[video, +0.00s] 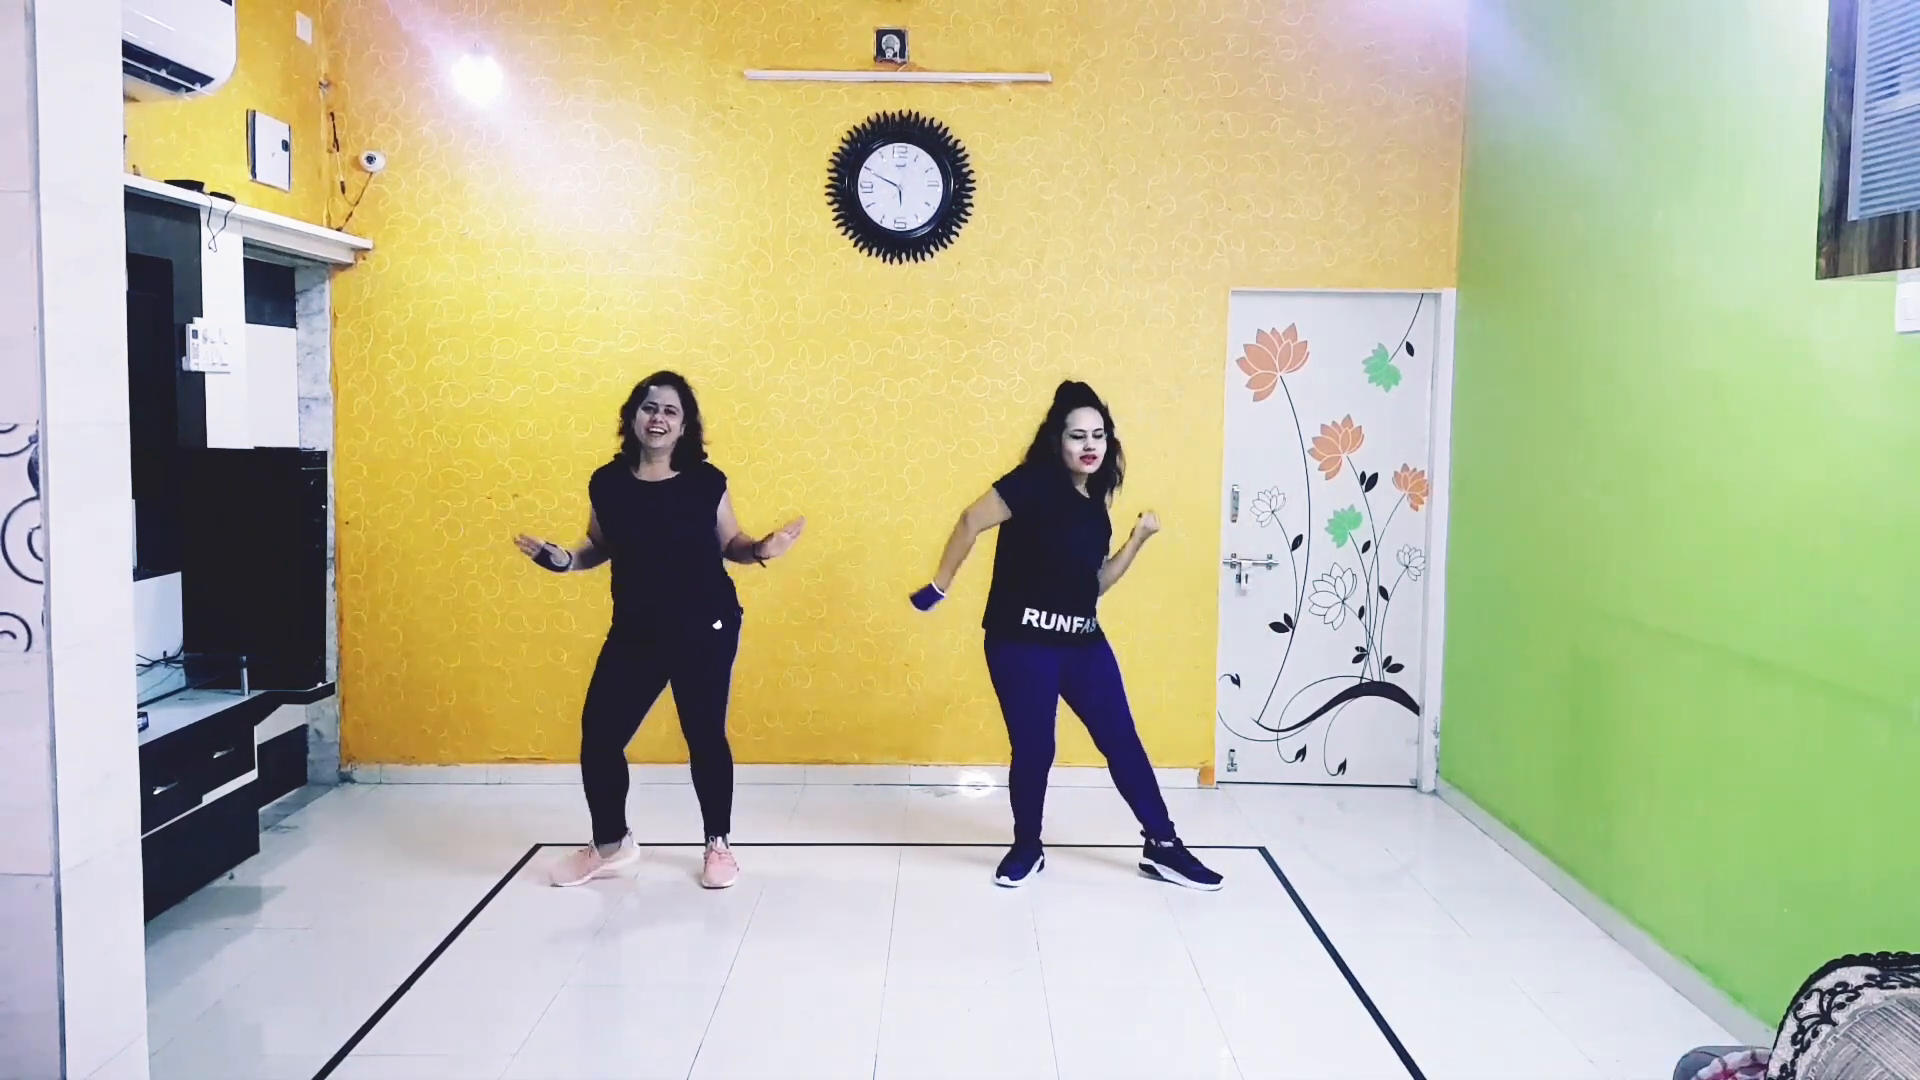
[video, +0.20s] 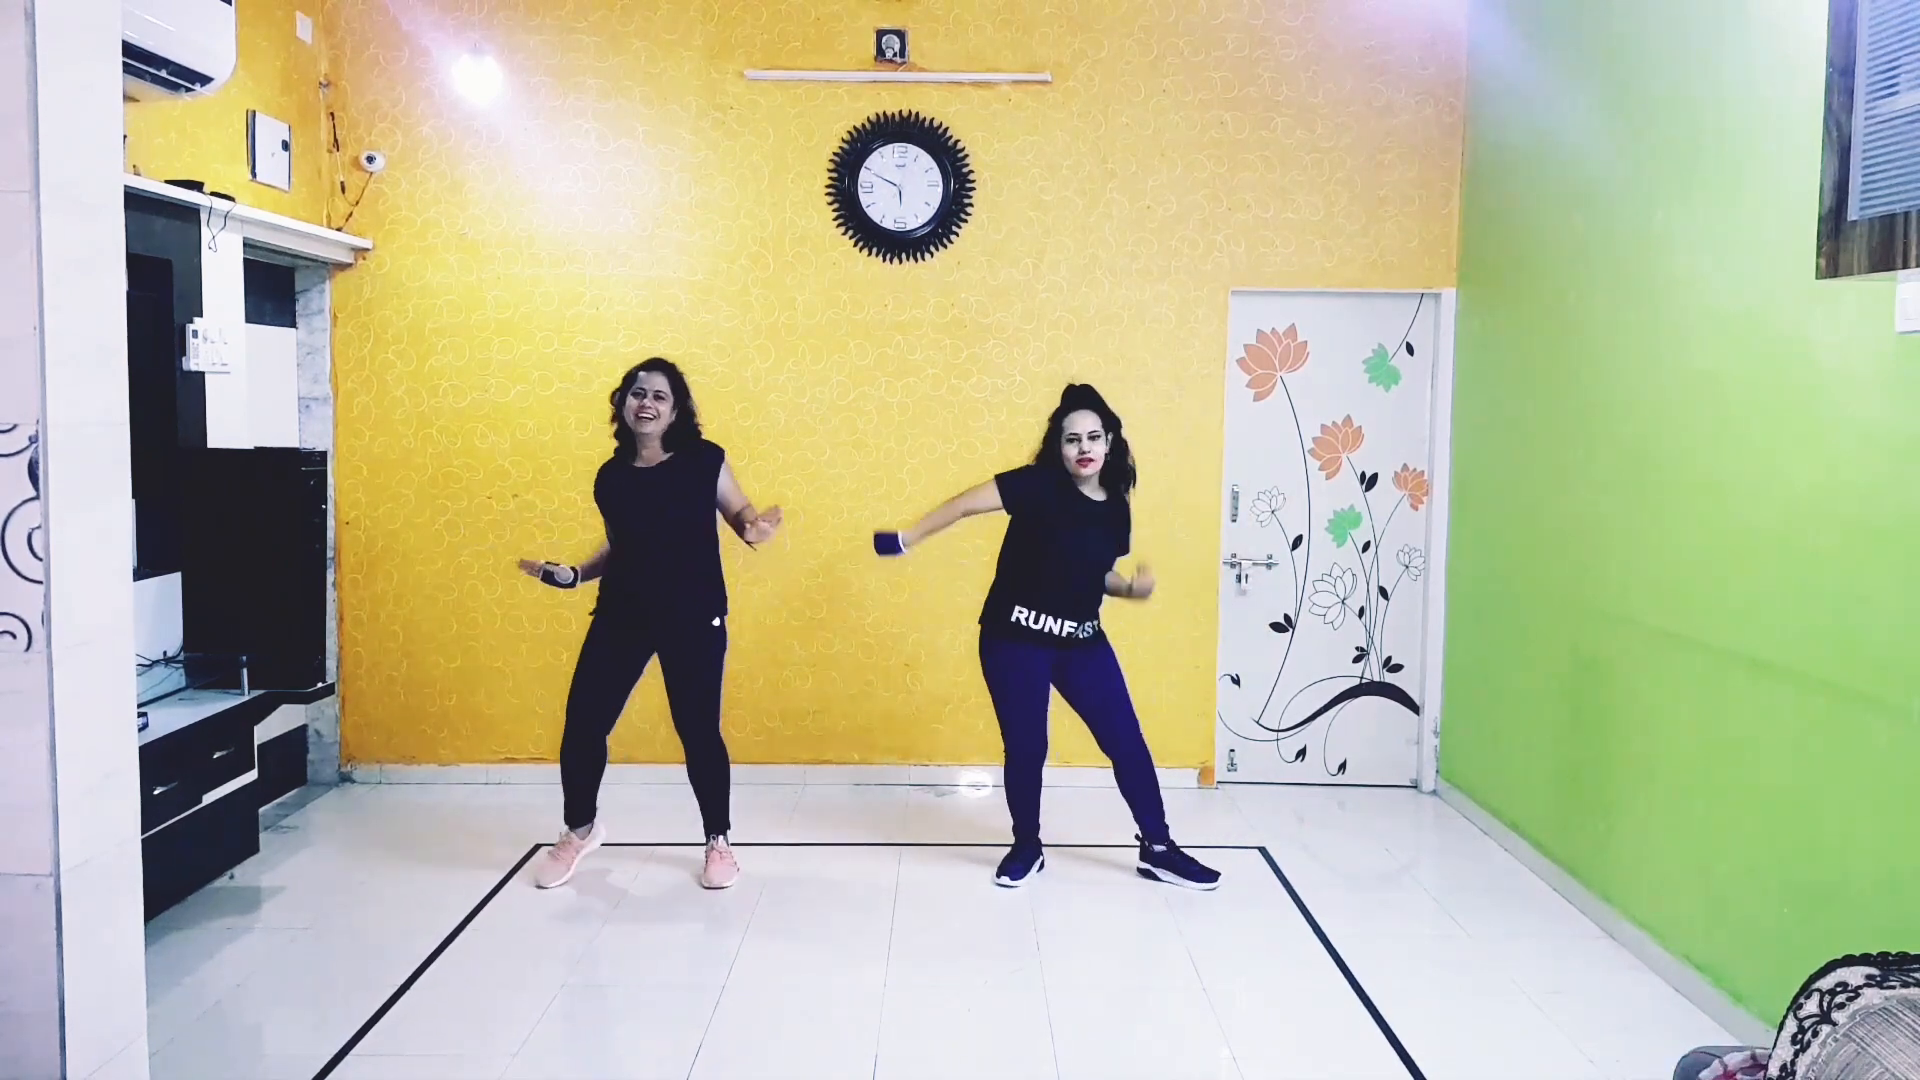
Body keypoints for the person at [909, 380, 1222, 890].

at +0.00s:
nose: (1090, 446)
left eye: (1099, 435)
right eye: (1078, 435)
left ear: (1109, 442)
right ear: (1056, 440)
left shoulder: (1096, 505)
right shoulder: (1030, 484)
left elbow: (1101, 580)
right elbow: (969, 524)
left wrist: (1136, 540)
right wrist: (940, 586)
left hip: (1081, 641)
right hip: (1021, 640)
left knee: (1122, 743)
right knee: (1033, 751)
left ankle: (1162, 842)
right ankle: (1027, 844)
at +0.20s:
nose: (1084, 449)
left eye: (1094, 437)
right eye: (1072, 439)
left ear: (1110, 442)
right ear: (1057, 445)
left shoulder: (1115, 506)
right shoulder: (1034, 485)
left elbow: (1096, 574)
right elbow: (963, 505)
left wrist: (1129, 586)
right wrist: (907, 537)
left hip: (1081, 641)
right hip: (1015, 636)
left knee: (1126, 742)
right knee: (1026, 750)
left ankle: (1157, 845)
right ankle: (1026, 845)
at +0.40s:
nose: (1082, 446)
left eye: (1094, 435)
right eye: (1071, 436)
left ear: (1113, 443)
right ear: (1058, 444)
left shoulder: (1134, 506)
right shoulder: (1045, 496)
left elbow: (1160, 560)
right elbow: (977, 520)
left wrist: (1154, 612)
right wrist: (943, 490)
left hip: (1096, 643)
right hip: (1026, 635)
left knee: (1134, 747)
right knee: (1025, 745)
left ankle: (1168, 845)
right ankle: (1026, 843)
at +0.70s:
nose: (1101, 450)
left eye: (1113, 440)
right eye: (1092, 439)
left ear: (1132, 446)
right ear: (1079, 445)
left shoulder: (1160, 498)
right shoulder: (1080, 507)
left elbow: (1220, 537)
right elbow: (1033, 561)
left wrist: (1218, 598)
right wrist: (997, 512)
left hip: (1143, 650)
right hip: (1074, 642)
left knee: (1156, 756)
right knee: (1046, 745)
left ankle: (1188, 845)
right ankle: (1027, 843)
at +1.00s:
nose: (1126, 453)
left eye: (1138, 442)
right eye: (1116, 441)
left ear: (1157, 447)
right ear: (1103, 446)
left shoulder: (1185, 493)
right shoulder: (1104, 513)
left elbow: (1249, 524)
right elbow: (1093, 587)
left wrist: (1247, 593)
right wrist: (1037, 571)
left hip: (1179, 651)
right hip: (1110, 647)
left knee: (1181, 759)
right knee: (1070, 748)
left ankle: (1193, 846)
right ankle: (1029, 841)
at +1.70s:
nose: (1122, 441)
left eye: (1134, 432)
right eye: (1112, 429)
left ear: (1149, 441)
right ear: (1096, 436)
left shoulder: (1163, 498)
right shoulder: (1075, 498)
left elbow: (1193, 570)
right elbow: (1057, 571)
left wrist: (1215, 633)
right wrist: (1050, 643)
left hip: (1155, 647)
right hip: (1084, 645)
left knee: (1182, 752)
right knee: (1056, 750)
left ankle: (1191, 846)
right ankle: (1029, 842)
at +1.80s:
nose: (1129, 445)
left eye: (1141, 435)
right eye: (1119, 434)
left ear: (1158, 443)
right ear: (1103, 440)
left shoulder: (1172, 493)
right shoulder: (1089, 489)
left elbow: (1212, 529)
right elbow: (1077, 524)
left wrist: (1191, 500)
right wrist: (1086, 526)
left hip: (1162, 645)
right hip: (1089, 643)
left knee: (1192, 754)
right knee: (1055, 749)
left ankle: (1194, 846)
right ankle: (1028, 841)